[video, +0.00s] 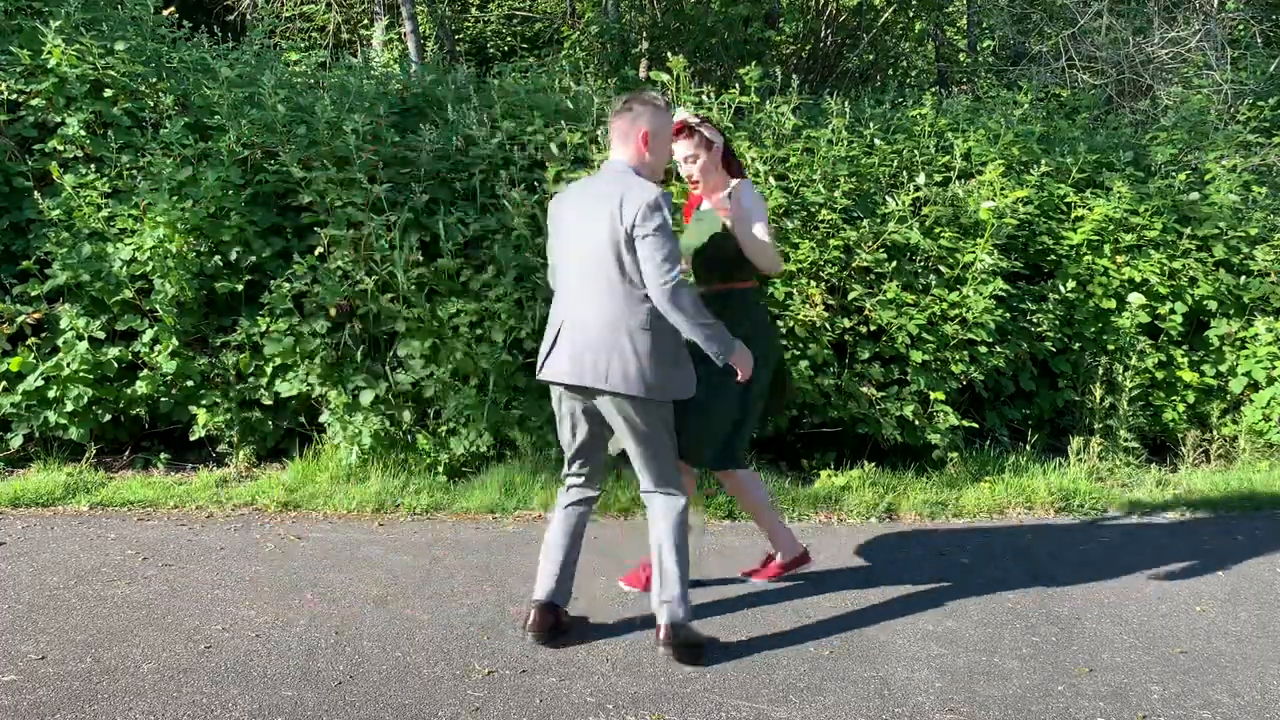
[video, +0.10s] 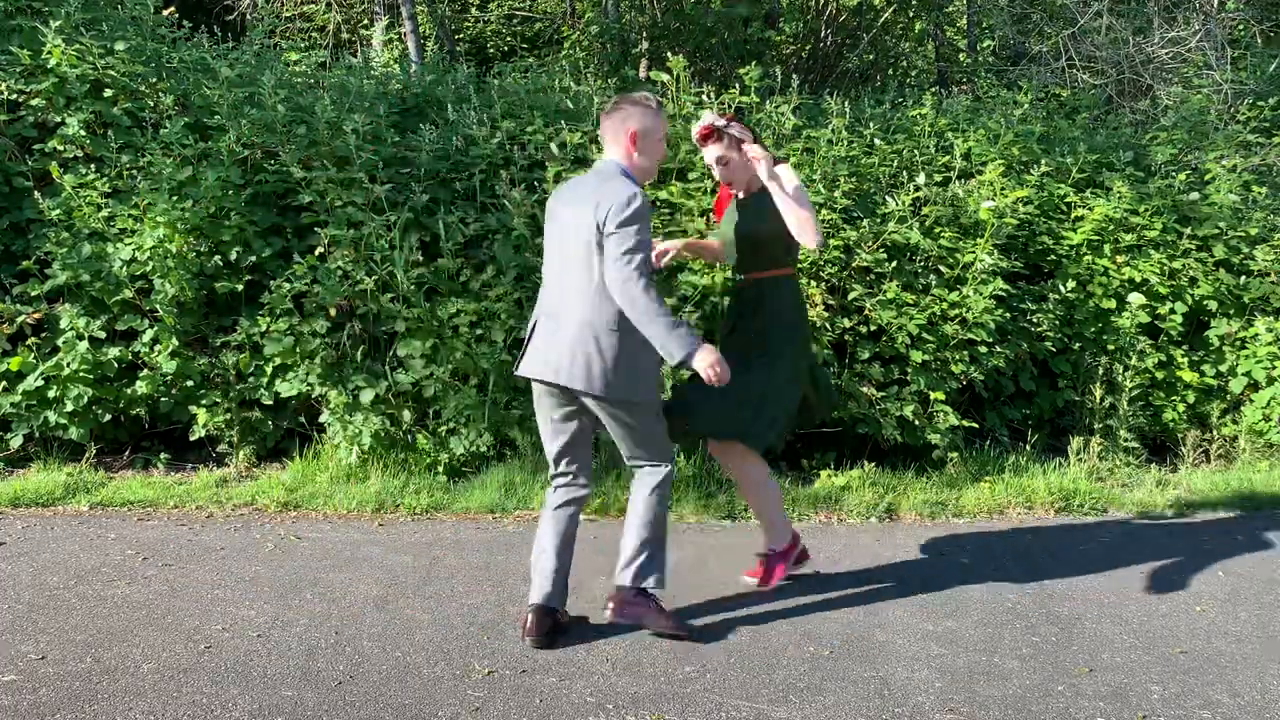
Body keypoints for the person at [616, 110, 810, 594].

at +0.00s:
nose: (687, 168)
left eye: (694, 157)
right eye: (681, 160)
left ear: (717, 151)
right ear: (676, 161)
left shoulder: (743, 193)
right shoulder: (692, 202)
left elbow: (772, 264)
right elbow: (684, 265)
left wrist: (736, 227)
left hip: (739, 318)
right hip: (702, 316)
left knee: (685, 441)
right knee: (720, 447)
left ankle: (661, 560)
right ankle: (787, 546)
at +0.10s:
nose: (719, 174)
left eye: (724, 162)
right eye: (712, 167)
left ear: (747, 150)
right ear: (712, 163)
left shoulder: (781, 182)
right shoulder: (736, 198)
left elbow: (810, 237)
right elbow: (729, 251)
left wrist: (771, 177)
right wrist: (684, 246)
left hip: (777, 324)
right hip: (746, 322)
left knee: (730, 437)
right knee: (723, 437)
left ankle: (783, 542)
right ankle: (781, 541)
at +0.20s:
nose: (743, 175)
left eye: (745, 163)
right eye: (738, 167)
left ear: (771, 147)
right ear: (749, 159)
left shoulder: (811, 172)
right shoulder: (757, 190)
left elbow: (843, 232)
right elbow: (762, 253)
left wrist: (797, 186)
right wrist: (716, 239)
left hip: (818, 332)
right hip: (775, 332)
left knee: (802, 447)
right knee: (733, 430)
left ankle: (866, 539)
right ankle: (772, 533)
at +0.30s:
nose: (772, 182)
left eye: (775, 169)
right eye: (765, 174)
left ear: (798, 153)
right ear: (766, 170)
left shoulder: (842, 188)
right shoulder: (779, 209)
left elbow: (881, 256)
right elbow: (774, 272)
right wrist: (733, 255)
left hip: (853, 343)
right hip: (803, 344)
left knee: (857, 451)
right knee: (749, 425)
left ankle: (890, 561)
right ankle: (760, 546)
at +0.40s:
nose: (785, 187)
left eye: (788, 175)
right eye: (779, 180)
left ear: (814, 158)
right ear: (778, 176)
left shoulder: (865, 195)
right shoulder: (793, 217)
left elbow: (904, 264)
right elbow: (789, 288)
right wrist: (748, 276)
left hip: (879, 335)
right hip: (829, 341)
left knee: (867, 448)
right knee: (787, 439)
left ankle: (893, 563)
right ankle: (764, 564)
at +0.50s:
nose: (800, 190)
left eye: (804, 178)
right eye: (794, 182)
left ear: (831, 163)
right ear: (794, 180)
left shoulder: (884, 202)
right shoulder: (807, 222)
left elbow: (940, 261)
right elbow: (797, 298)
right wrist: (760, 290)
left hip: (894, 334)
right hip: (849, 342)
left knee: (882, 451)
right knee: (819, 448)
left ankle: (897, 567)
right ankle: (768, 567)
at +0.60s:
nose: (816, 191)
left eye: (820, 179)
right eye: (809, 184)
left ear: (846, 165)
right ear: (807, 184)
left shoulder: (899, 204)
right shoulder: (818, 230)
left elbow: (957, 237)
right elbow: (807, 306)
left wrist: (1012, 257)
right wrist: (764, 295)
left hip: (910, 337)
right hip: (863, 347)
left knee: (893, 448)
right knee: (828, 452)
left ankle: (896, 565)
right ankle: (775, 564)